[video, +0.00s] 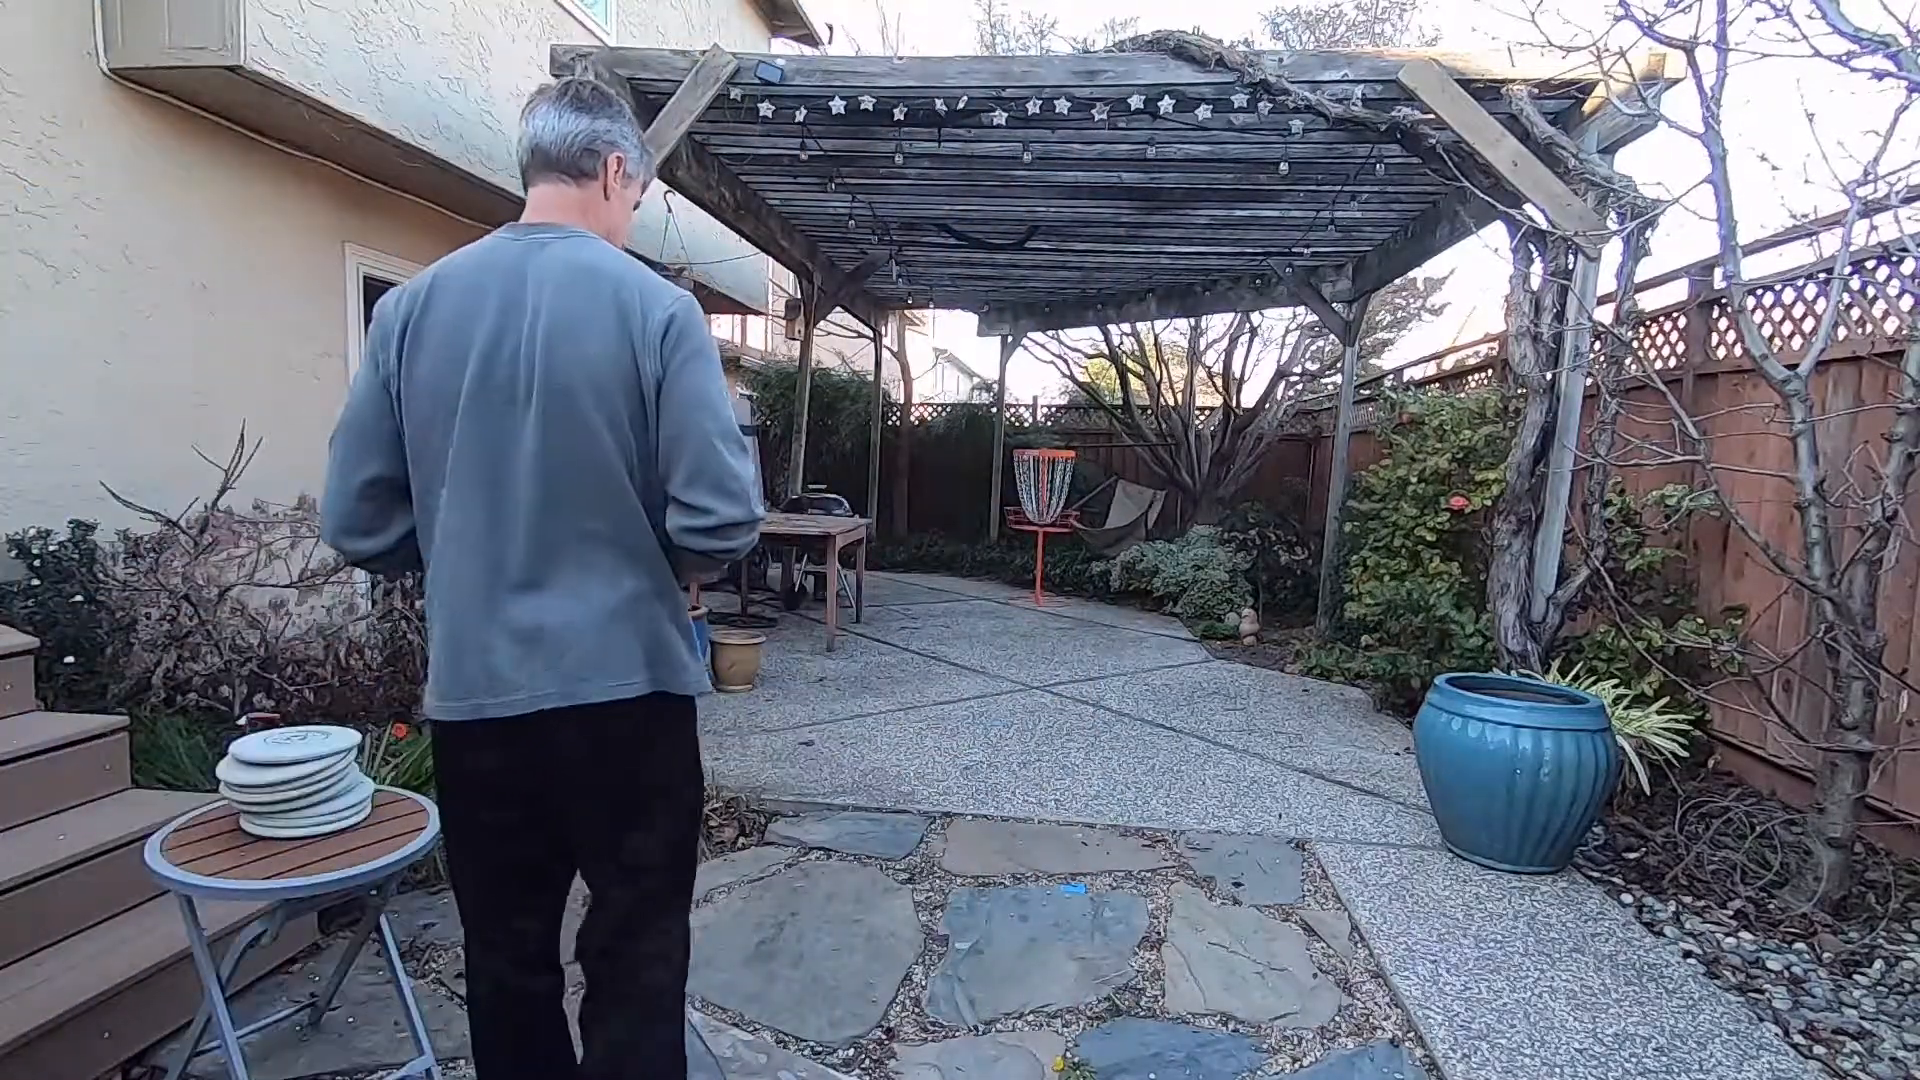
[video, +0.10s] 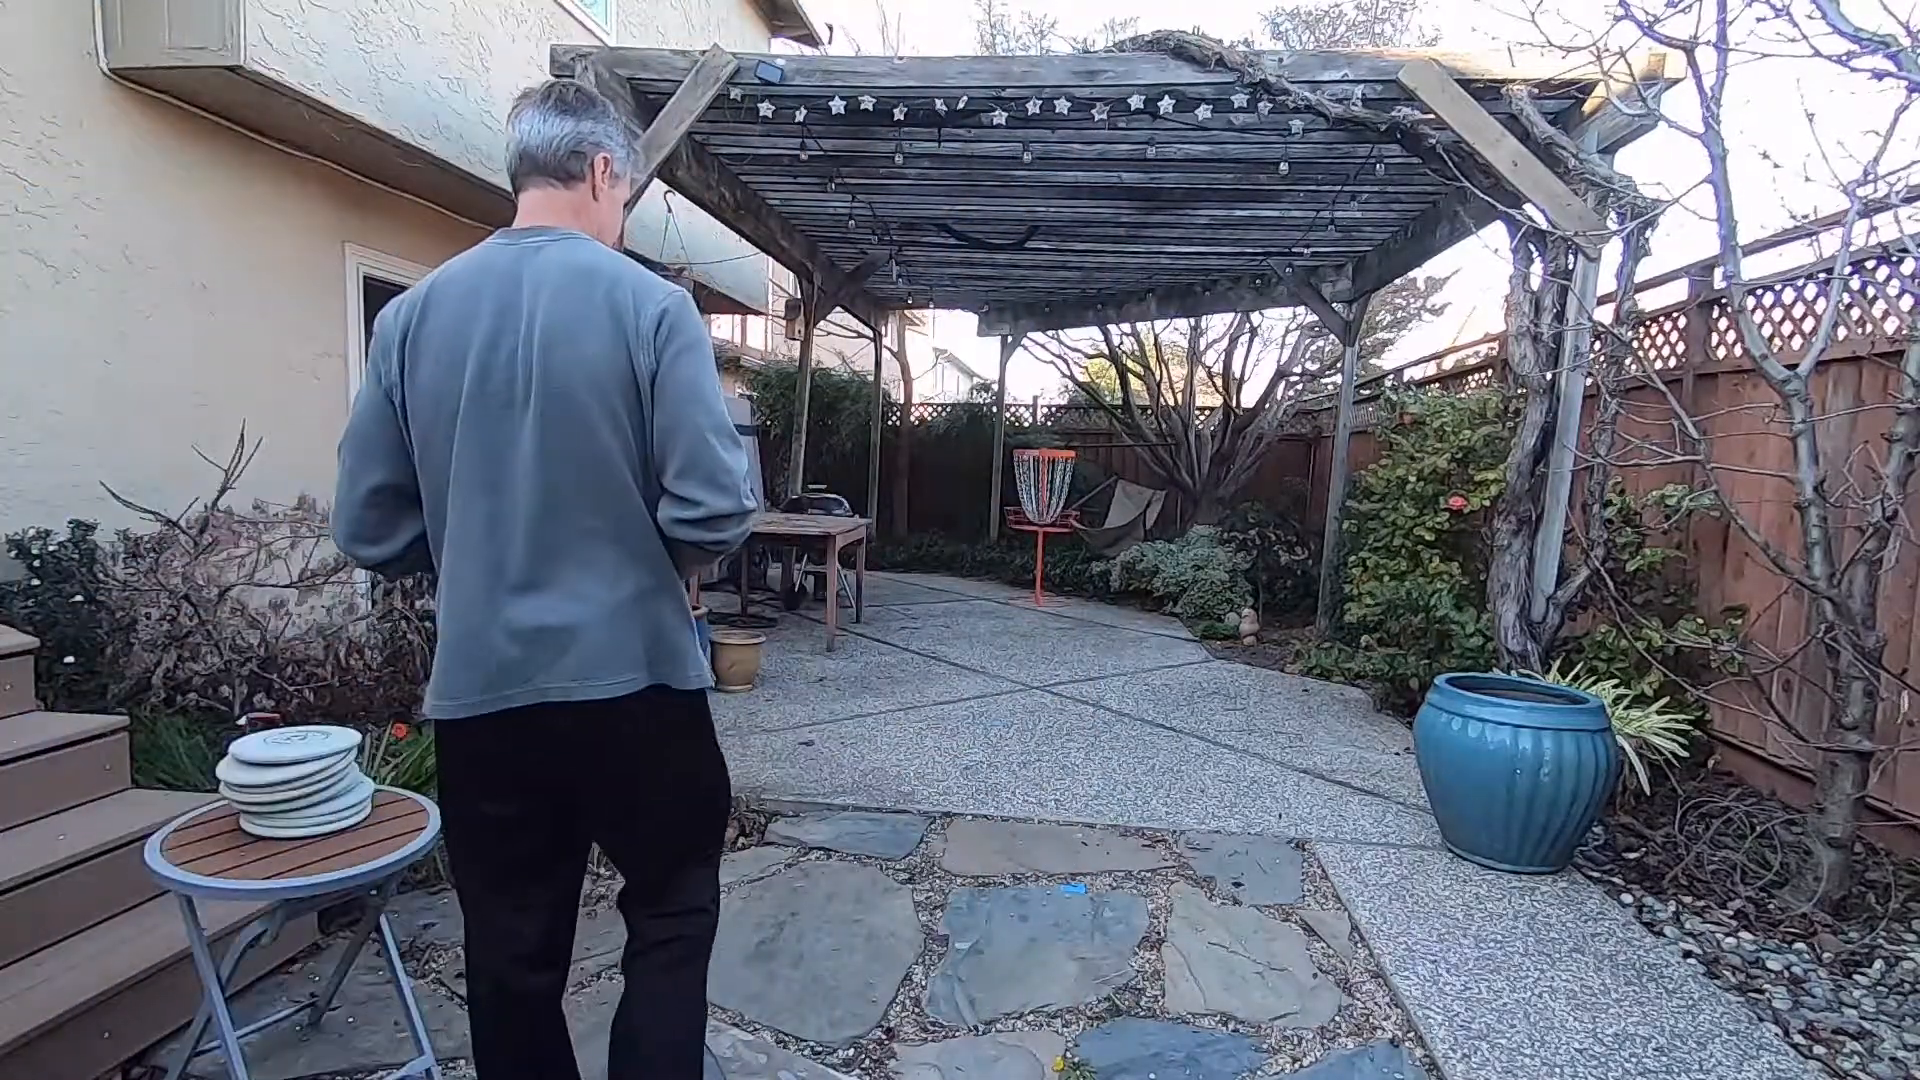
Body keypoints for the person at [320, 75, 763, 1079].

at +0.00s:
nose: (637, 214)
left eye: (637, 193)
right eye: (640, 192)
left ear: (524, 178)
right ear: (615, 173)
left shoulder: (413, 305)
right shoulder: (655, 306)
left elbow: (355, 517)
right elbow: (720, 515)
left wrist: (467, 525)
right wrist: (664, 551)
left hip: (477, 713)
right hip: (630, 703)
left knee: (507, 980)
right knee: (638, 978)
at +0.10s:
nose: (628, 224)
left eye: (630, 201)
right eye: (630, 198)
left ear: (514, 182)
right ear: (600, 174)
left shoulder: (414, 312)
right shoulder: (650, 304)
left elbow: (367, 522)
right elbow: (711, 505)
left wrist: (476, 527)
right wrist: (664, 555)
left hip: (481, 705)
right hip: (637, 695)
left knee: (511, 975)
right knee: (672, 922)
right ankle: (655, 1070)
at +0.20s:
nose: (625, 224)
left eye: (628, 203)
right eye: (626, 199)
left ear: (515, 184)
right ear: (597, 176)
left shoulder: (419, 316)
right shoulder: (652, 302)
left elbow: (381, 523)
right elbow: (722, 494)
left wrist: (483, 542)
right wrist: (667, 559)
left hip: (490, 695)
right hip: (644, 686)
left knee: (514, 964)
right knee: (695, 915)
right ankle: (705, 1072)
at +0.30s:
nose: (634, 221)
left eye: (634, 202)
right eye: (637, 200)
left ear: (527, 192)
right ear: (610, 184)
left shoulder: (431, 320)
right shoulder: (661, 304)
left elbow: (391, 523)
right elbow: (740, 495)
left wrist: (496, 550)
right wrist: (657, 556)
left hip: (499, 687)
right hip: (652, 676)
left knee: (521, 949)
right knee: (719, 916)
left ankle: (527, 1079)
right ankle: (766, 1064)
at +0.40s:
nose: (652, 229)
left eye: (653, 211)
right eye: (653, 209)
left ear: (548, 205)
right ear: (627, 196)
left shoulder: (461, 322)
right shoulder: (686, 313)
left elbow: (405, 523)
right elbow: (759, 497)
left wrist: (508, 526)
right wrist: (673, 539)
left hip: (514, 684)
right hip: (665, 673)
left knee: (525, 944)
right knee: (728, 906)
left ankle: (526, 1076)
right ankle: (780, 1058)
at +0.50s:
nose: (684, 236)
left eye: (683, 220)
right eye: (682, 217)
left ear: (583, 215)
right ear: (656, 207)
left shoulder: (501, 325)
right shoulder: (721, 326)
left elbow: (428, 515)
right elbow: (785, 501)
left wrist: (526, 508)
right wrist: (698, 519)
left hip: (542, 679)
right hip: (688, 674)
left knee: (536, 930)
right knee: (732, 904)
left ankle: (530, 1074)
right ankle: (781, 1061)